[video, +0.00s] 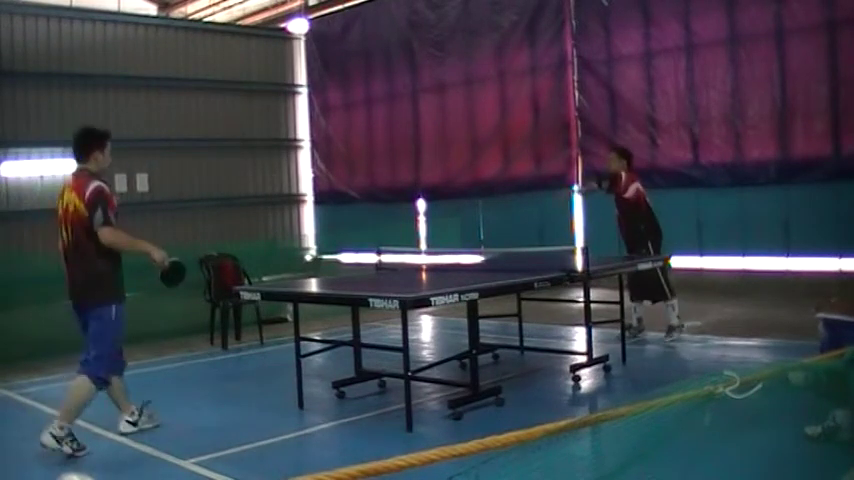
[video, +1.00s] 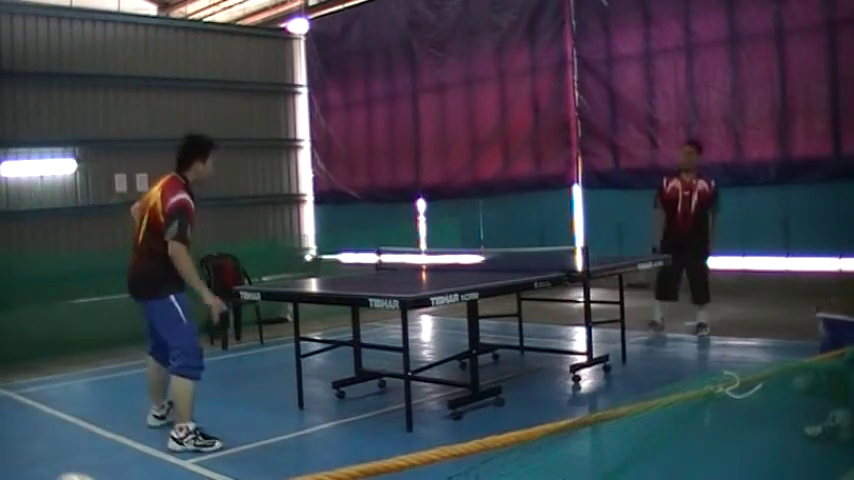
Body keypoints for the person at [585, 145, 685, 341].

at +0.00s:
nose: (609, 163)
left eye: (613, 160)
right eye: (610, 160)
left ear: (623, 163)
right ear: (616, 164)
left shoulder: (633, 185)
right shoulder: (618, 182)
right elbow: (607, 184)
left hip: (649, 240)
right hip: (633, 241)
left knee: (660, 281)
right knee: (634, 282)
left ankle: (674, 322)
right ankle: (637, 322)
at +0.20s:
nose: (609, 164)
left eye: (613, 160)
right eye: (610, 160)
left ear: (624, 163)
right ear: (619, 164)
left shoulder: (632, 184)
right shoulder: (623, 186)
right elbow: (628, 219)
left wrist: (654, 247)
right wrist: (630, 244)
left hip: (649, 241)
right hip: (634, 242)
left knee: (661, 280)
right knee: (634, 282)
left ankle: (679, 317)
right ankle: (637, 321)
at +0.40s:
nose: (621, 162)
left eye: (625, 158)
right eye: (620, 158)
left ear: (635, 160)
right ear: (621, 162)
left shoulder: (643, 181)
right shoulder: (627, 185)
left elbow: (647, 215)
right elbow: (627, 218)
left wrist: (647, 244)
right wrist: (626, 245)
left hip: (653, 238)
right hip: (638, 239)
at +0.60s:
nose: (642, 160)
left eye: (646, 156)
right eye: (641, 156)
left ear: (654, 159)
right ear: (640, 160)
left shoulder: (665, 182)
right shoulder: (636, 187)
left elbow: (675, 207)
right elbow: (630, 218)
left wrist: (677, 233)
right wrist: (625, 244)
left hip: (666, 240)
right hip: (645, 241)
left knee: (679, 282)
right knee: (642, 283)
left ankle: (699, 318)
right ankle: (637, 322)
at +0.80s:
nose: (666, 161)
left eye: (670, 156)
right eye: (664, 156)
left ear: (679, 160)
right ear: (661, 160)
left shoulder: (691, 185)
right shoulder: (654, 187)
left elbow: (695, 209)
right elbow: (645, 213)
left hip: (686, 242)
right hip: (662, 243)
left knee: (691, 282)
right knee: (654, 280)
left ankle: (701, 320)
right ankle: (641, 320)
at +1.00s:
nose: (686, 158)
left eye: (691, 154)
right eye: (684, 153)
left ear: (698, 158)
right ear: (680, 157)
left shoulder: (707, 185)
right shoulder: (668, 184)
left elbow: (712, 218)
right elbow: (660, 215)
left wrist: (709, 244)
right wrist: (659, 241)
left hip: (696, 244)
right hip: (672, 243)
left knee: (699, 283)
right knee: (664, 281)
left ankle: (702, 321)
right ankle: (658, 318)